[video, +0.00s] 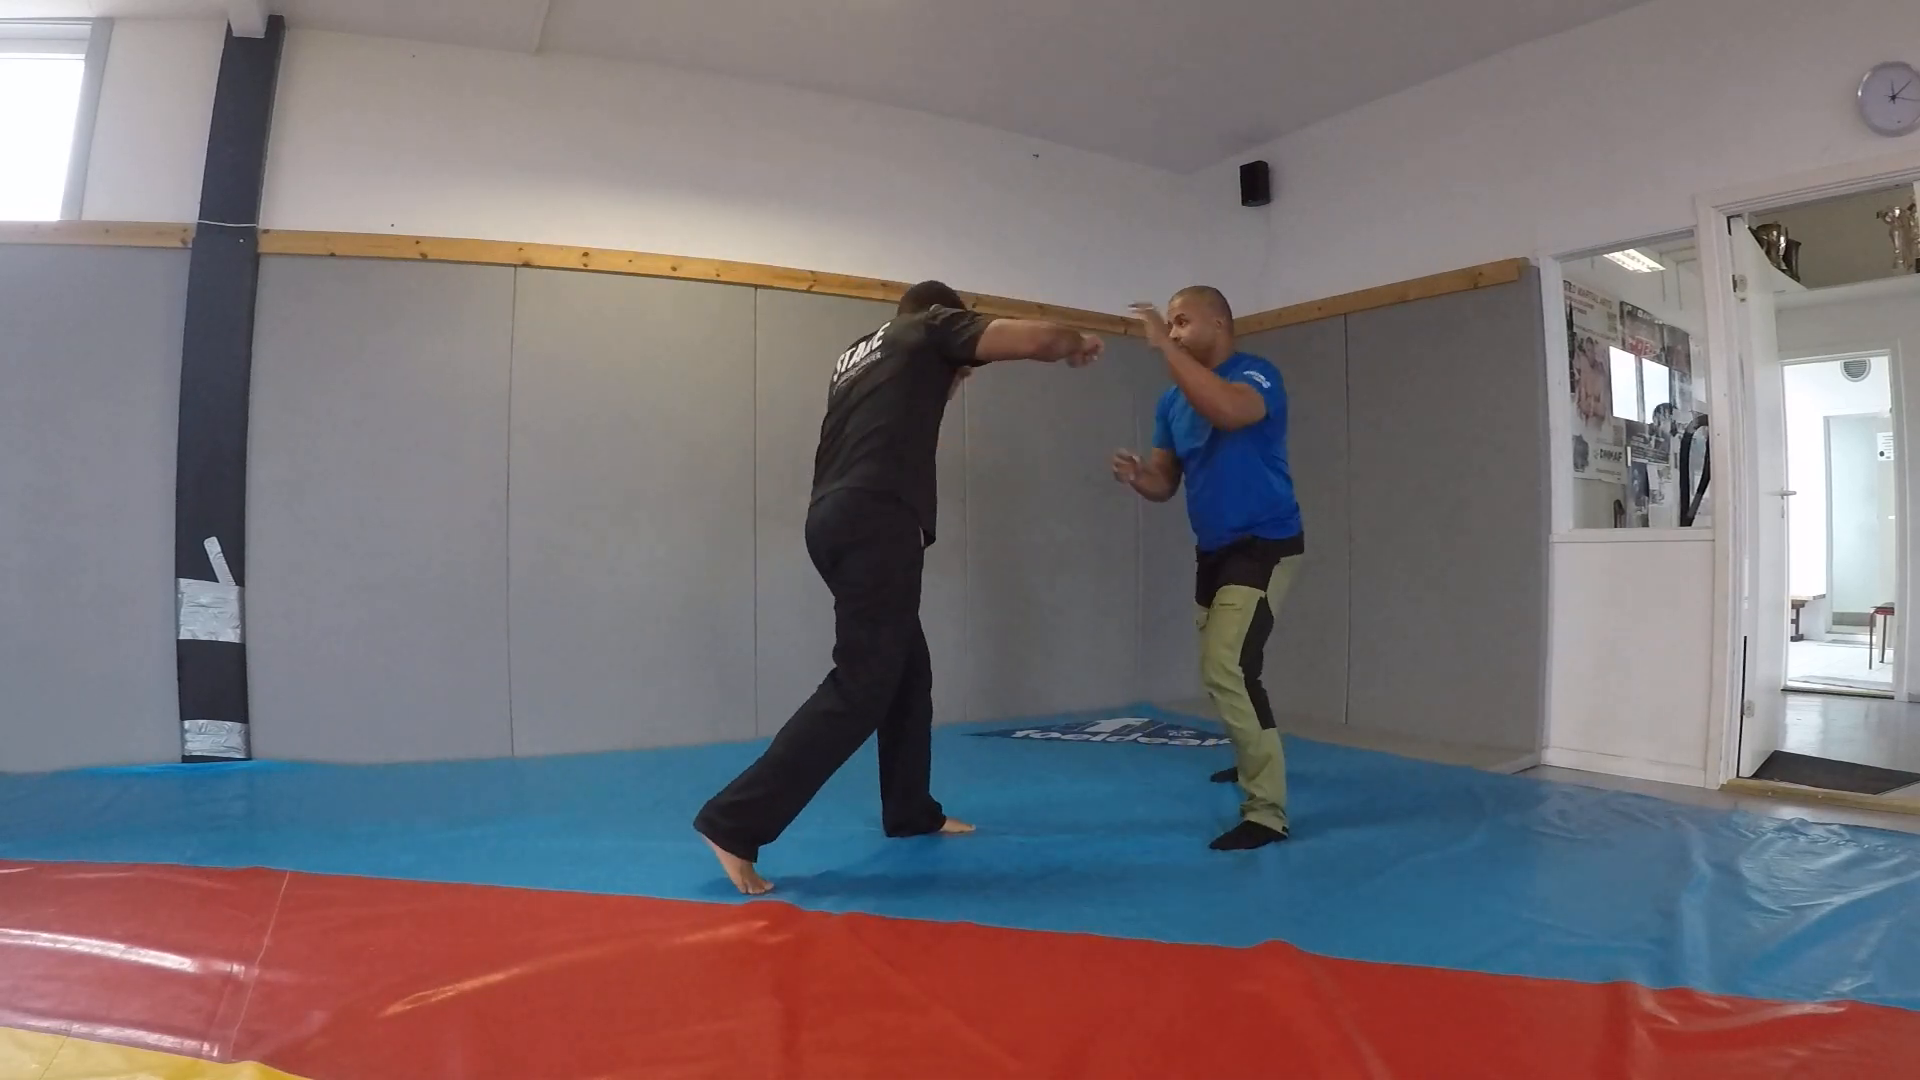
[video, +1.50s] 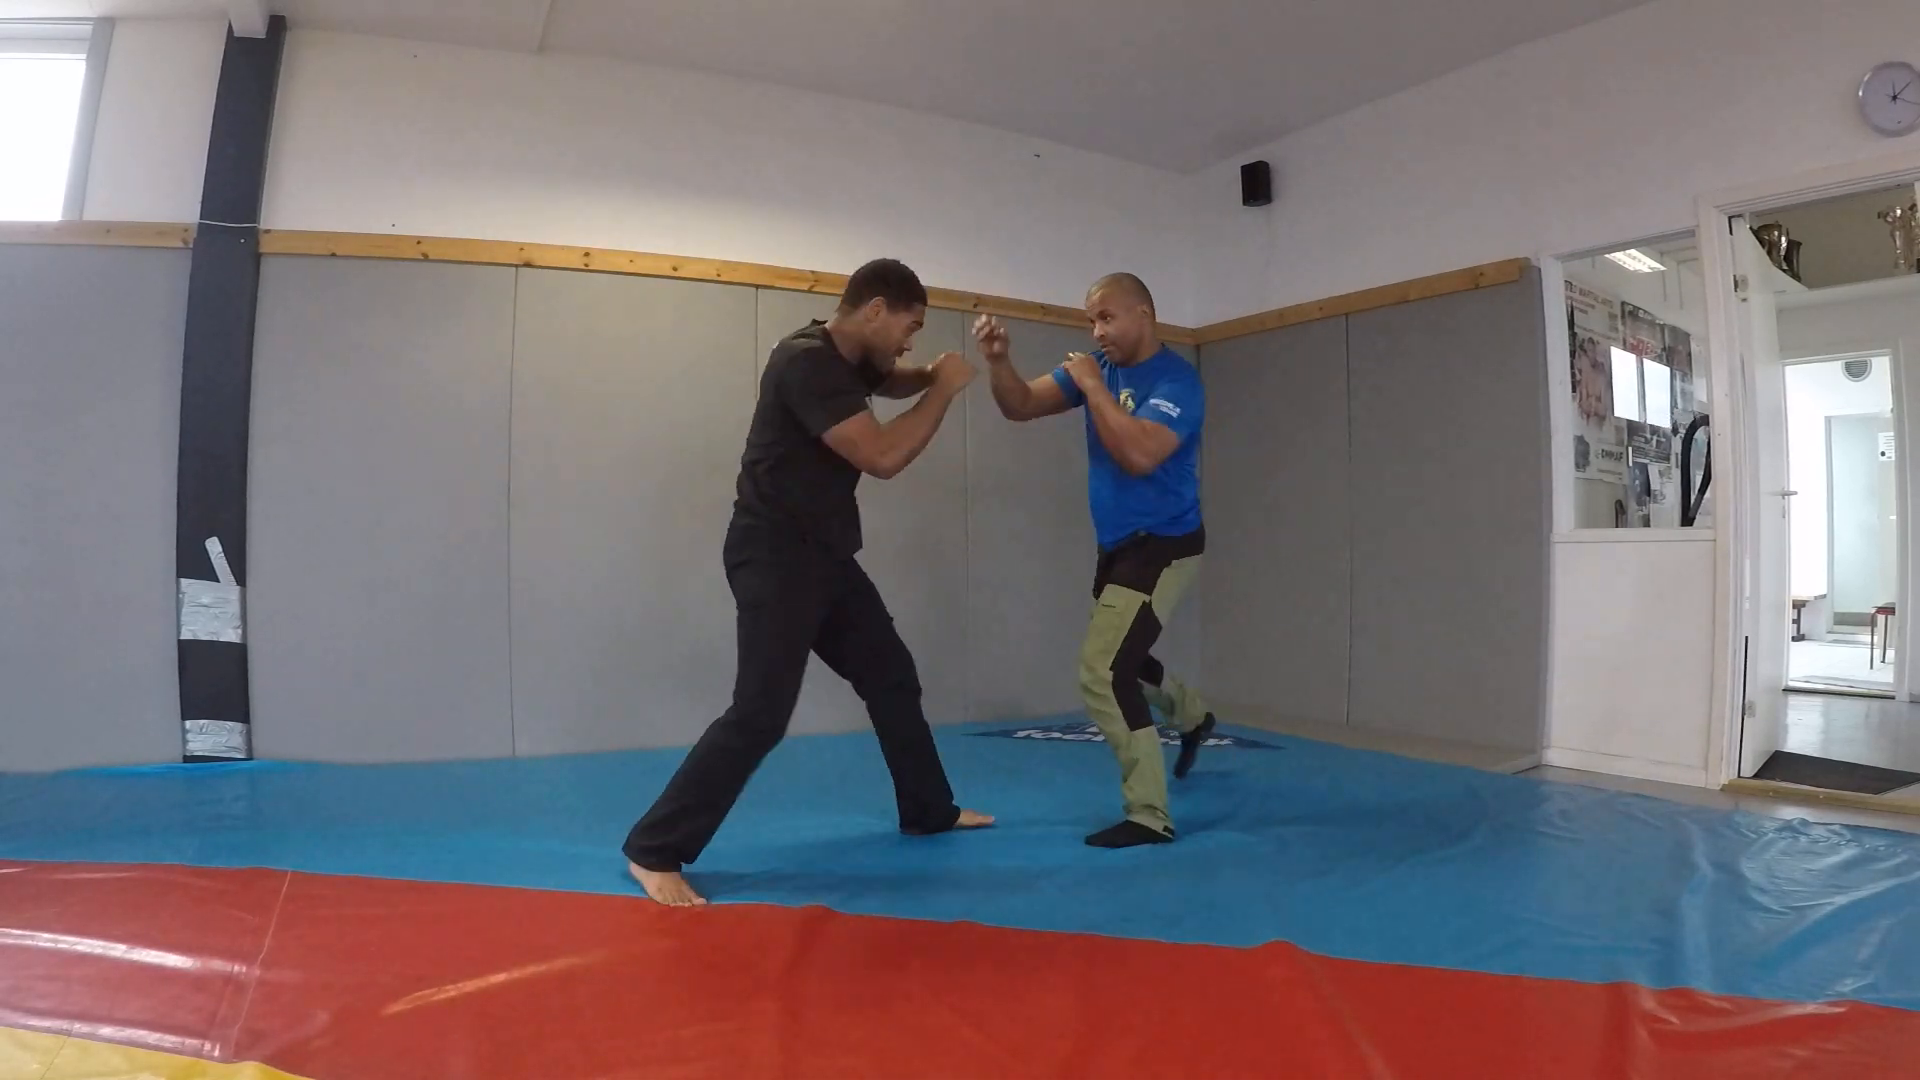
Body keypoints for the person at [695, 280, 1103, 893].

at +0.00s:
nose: (964, 366)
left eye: (965, 354)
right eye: (963, 335)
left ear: (904, 311)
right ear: (947, 316)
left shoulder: (858, 354)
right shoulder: (930, 325)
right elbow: (1040, 338)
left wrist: (952, 370)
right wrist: (1072, 344)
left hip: (832, 521)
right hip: (876, 517)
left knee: (909, 670)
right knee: (866, 681)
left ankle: (910, 812)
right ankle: (734, 824)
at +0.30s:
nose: (946, 326)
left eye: (949, 316)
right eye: (946, 310)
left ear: (902, 291)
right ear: (919, 291)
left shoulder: (859, 350)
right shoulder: (868, 329)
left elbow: (897, 450)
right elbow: (985, 382)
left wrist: (945, 389)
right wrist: (1030, 352)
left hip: (852, 542)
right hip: (824, 538)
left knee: (923, 665)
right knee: (797, 700)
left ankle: (918, 811)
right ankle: (699, 857)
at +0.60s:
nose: (991, 354)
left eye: (997, 345)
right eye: (992, 340)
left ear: (961, 321)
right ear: (967, 319)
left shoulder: (930, 375)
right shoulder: (875, 346)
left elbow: (925, 434)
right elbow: (901, 435)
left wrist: (994, 388)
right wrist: (984, 393)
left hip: (875, 545)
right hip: (818, 531)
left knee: (934, 669)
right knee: (836, 684)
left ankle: (943, 812)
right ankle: (727, 833)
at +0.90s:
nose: (963, 337)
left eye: (967, 329)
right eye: (966, 328)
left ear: (914, 303)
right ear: (949, 311)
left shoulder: (856, 346)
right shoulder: (919, 356)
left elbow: (916, 415)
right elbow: (1010, 437)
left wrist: (979, 393)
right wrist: (1035, 372)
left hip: (841, 548)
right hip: (840, 551)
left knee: (924, 675)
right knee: (810, 713)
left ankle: (945, 812)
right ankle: (711, 874)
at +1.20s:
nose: (941, 323)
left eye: (947, 313)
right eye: (939, 306)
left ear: (897, 289)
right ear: (903, 284)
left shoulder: (865, 339)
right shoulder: (873, 340)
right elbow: (916, 463)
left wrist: (955, 344)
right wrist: (976, 477)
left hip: (859, 543)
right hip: (830, 537)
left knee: (929, 668)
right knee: (807, 703)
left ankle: (931, 813)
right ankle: (714, 870)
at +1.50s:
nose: (909, 343)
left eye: (913, 334)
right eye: (908, 328)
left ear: (870, 313)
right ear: (873, 310)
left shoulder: (848, 357)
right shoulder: (806, 362)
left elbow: (895, 380)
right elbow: (884, 456)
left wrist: (940, 372)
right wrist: (944, 389)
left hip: (824, 558)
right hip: (775, 557)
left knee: (892, 679)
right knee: (760, 715)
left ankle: (929, 810)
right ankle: (654, 849)